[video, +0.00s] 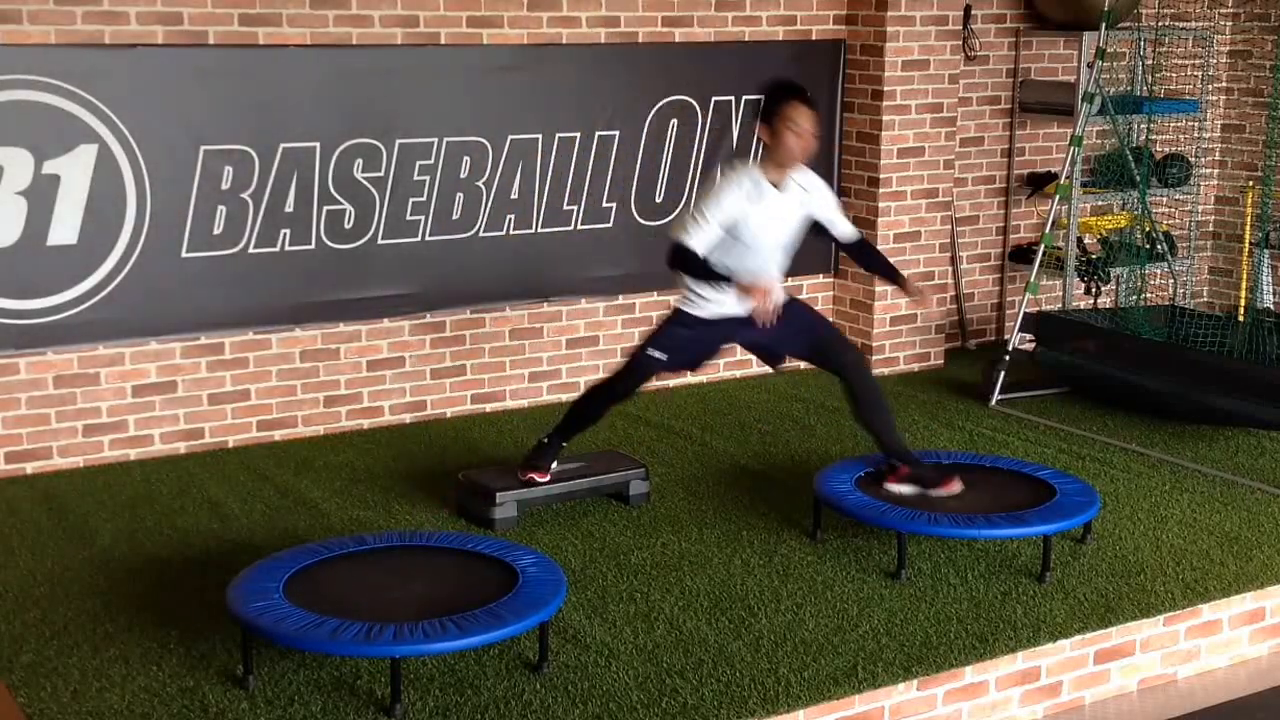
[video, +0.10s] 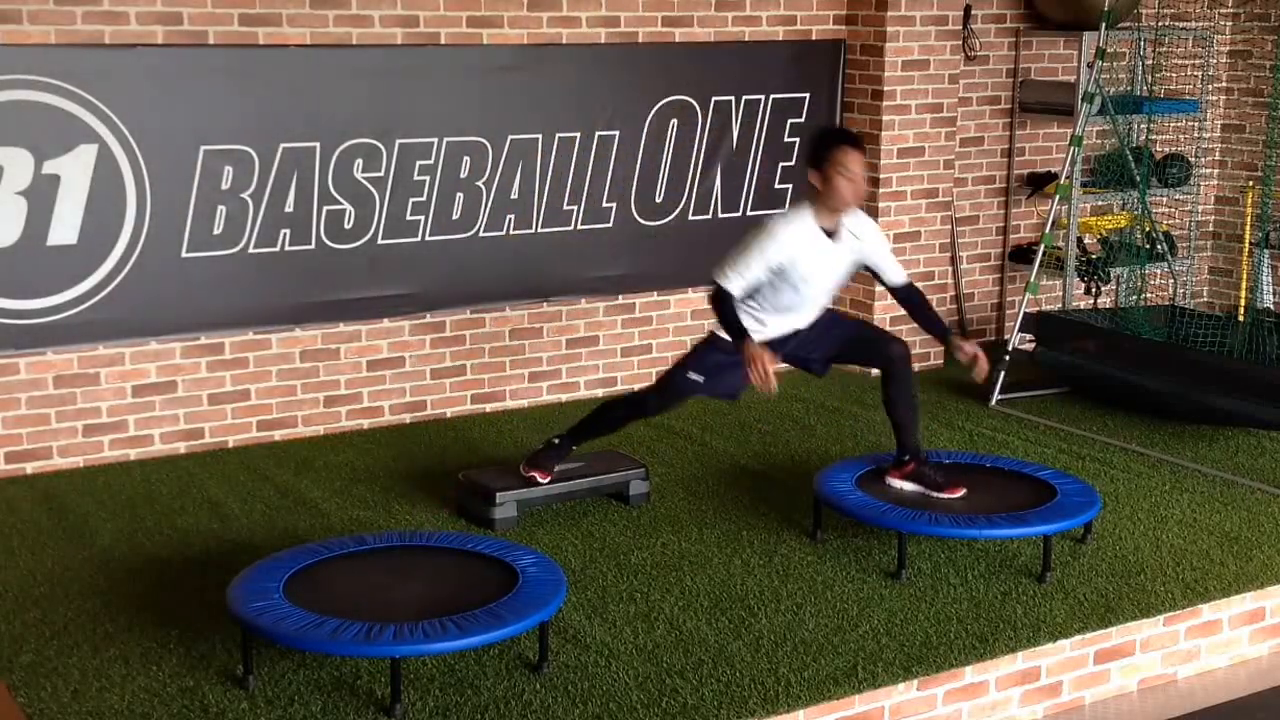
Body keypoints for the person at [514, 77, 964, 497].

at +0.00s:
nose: (804, 139)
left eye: (811, 132)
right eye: (794, 128)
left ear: (815, 138)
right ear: (766, 131)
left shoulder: (811, 189)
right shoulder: (734, 185)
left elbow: (853, 242)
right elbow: (679, 254)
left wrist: (901, 282)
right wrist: (741, 283)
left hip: (771, 309)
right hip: (707, 310)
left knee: (850, 359)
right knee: (624, 383)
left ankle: (902, 463)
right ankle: (548, 449)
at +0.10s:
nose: (861, 185)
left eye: (864, 175)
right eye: (850, 174)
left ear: (862, 182)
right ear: (818, 178)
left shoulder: (863, 231)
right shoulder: (780, 230)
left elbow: (906, 290)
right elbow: (720, 291)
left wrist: (953, 339)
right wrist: (748, 344)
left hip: (809, 327)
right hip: (745, 336)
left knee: (894, 353)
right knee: (654, 401)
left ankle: (909, 462)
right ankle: (560, 446)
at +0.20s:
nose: (899, 217)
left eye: (903, 208)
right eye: (889, 207)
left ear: (901, 212)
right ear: (855, 209)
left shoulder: (896, 259)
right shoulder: (818, 257)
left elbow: (936, 314)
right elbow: (762, 321)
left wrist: (982, 353)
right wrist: (781, 386)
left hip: (829, 340)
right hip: (768, 345)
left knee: (912, 352)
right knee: (667, 404)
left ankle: (909, 463)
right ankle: (566, 444)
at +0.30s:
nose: (929, 235)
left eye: (931, 226)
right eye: (919, 225)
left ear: (922, 230)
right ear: (884, 225)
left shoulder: (914, 274)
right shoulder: (842, 268)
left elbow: (954, 316)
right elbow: (790, 335)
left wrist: (1002, 332)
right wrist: (817, 403)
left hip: (833, 350)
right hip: (774, 351)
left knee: (920, 347)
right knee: (670, 408)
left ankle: (908, 462)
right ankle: (565, 450)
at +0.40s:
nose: (949, 246)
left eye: (951, 236)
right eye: (940, 235)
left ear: (939, 239)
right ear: (904, 235)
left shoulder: (931, 278)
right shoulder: (859, 275)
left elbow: (983, 313)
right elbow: (808, 342)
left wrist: (1035, 311)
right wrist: (840, 408)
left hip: (841, 350)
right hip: (781, 352)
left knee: (926, 346)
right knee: (677, 407)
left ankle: (906, 461)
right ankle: (570, 450)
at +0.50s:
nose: (964, 250)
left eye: (966, 240)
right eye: (956, 239)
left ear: (950, 243)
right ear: (919, 239)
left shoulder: (942, 280)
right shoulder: (875, 275)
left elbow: (1002, 311)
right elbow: (822, 341)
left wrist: (1071, 312)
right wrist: (850, 406)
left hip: (846, 349)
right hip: (787, 349)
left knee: (930, 346)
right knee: (687, 406)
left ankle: (909, 461)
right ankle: (571, 454)